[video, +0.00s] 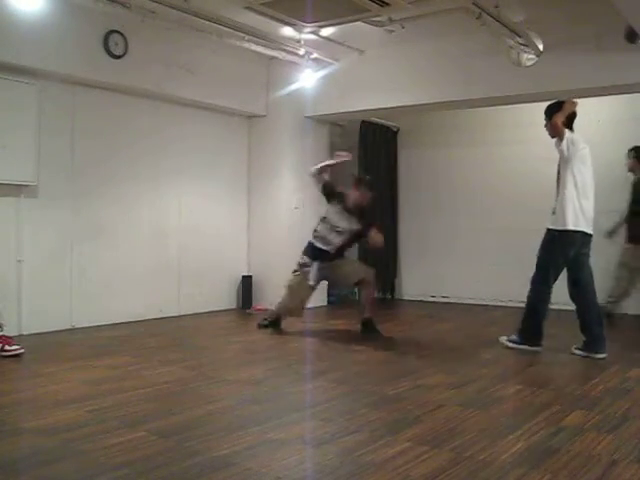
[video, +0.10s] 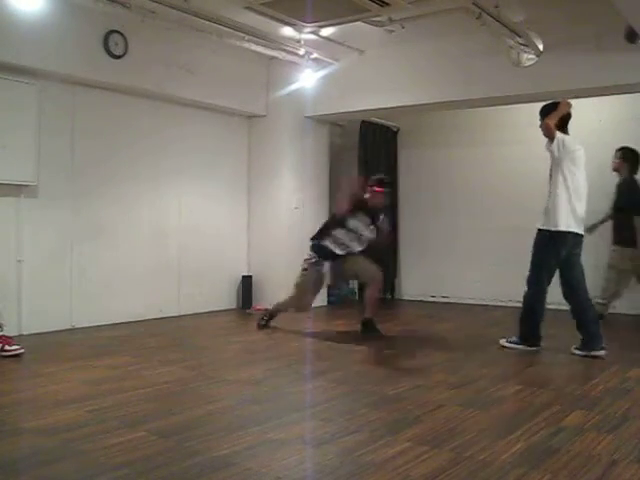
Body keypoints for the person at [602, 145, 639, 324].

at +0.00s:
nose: (627, 163)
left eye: (630, 159)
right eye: (628, 159)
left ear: (636, 161)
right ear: (634, 161)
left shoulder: (636, 182)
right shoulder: (635, 182)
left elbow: (631, 211)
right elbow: (631, 211)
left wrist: (615, 228)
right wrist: (615, 228)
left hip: (634, 240)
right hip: (633, 239)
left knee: (625, 274)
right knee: (625, 275)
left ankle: (610, 307)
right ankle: (610, 307)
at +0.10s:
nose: (613, 162)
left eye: (617, 159)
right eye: (614, 158)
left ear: (625, 163)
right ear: (627, 163)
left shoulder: (626, 184)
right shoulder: (627, 183)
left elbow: (617, 212)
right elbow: (616, 212)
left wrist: (595, 225)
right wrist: (595, 225)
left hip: (626, 244)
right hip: (627, 243)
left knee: (613, 278)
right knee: (614, 278)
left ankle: (601, 307)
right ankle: (601, 307)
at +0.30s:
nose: (585, 157)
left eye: (589, 155)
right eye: (587, 154)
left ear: (597, 159)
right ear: (599, 159)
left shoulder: (600, 181)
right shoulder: (600, 180)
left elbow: (599, 212)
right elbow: (595, 210)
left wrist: (595, 239)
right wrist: (586, 230)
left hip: (600, 235)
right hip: (602, 235)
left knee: (593, 269)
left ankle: (596, 306)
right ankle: (620, 292)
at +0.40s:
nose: (573, 159)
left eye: (576, 156)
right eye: (574, 156)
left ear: (585, 160)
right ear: (585, 160)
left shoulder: (588, 181)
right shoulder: (584, 181)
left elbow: (582, 211)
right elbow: (581, 210)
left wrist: (571, 228)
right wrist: (573, 227)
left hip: (590, 235)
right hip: (580, 234)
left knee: (590, 270)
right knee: (569, 264)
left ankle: (596, 305)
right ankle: (583, 297)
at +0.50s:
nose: (563, 164)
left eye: (566, 161)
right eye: (563, 160)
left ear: (573, 164)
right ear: (573, 163)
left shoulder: (574, 182)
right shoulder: (565, 182)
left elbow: (573, 210)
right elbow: (570, 210)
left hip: (577, 237)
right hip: (564, 236)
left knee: (582, 274)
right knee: (555, 273)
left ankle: (595, 303)